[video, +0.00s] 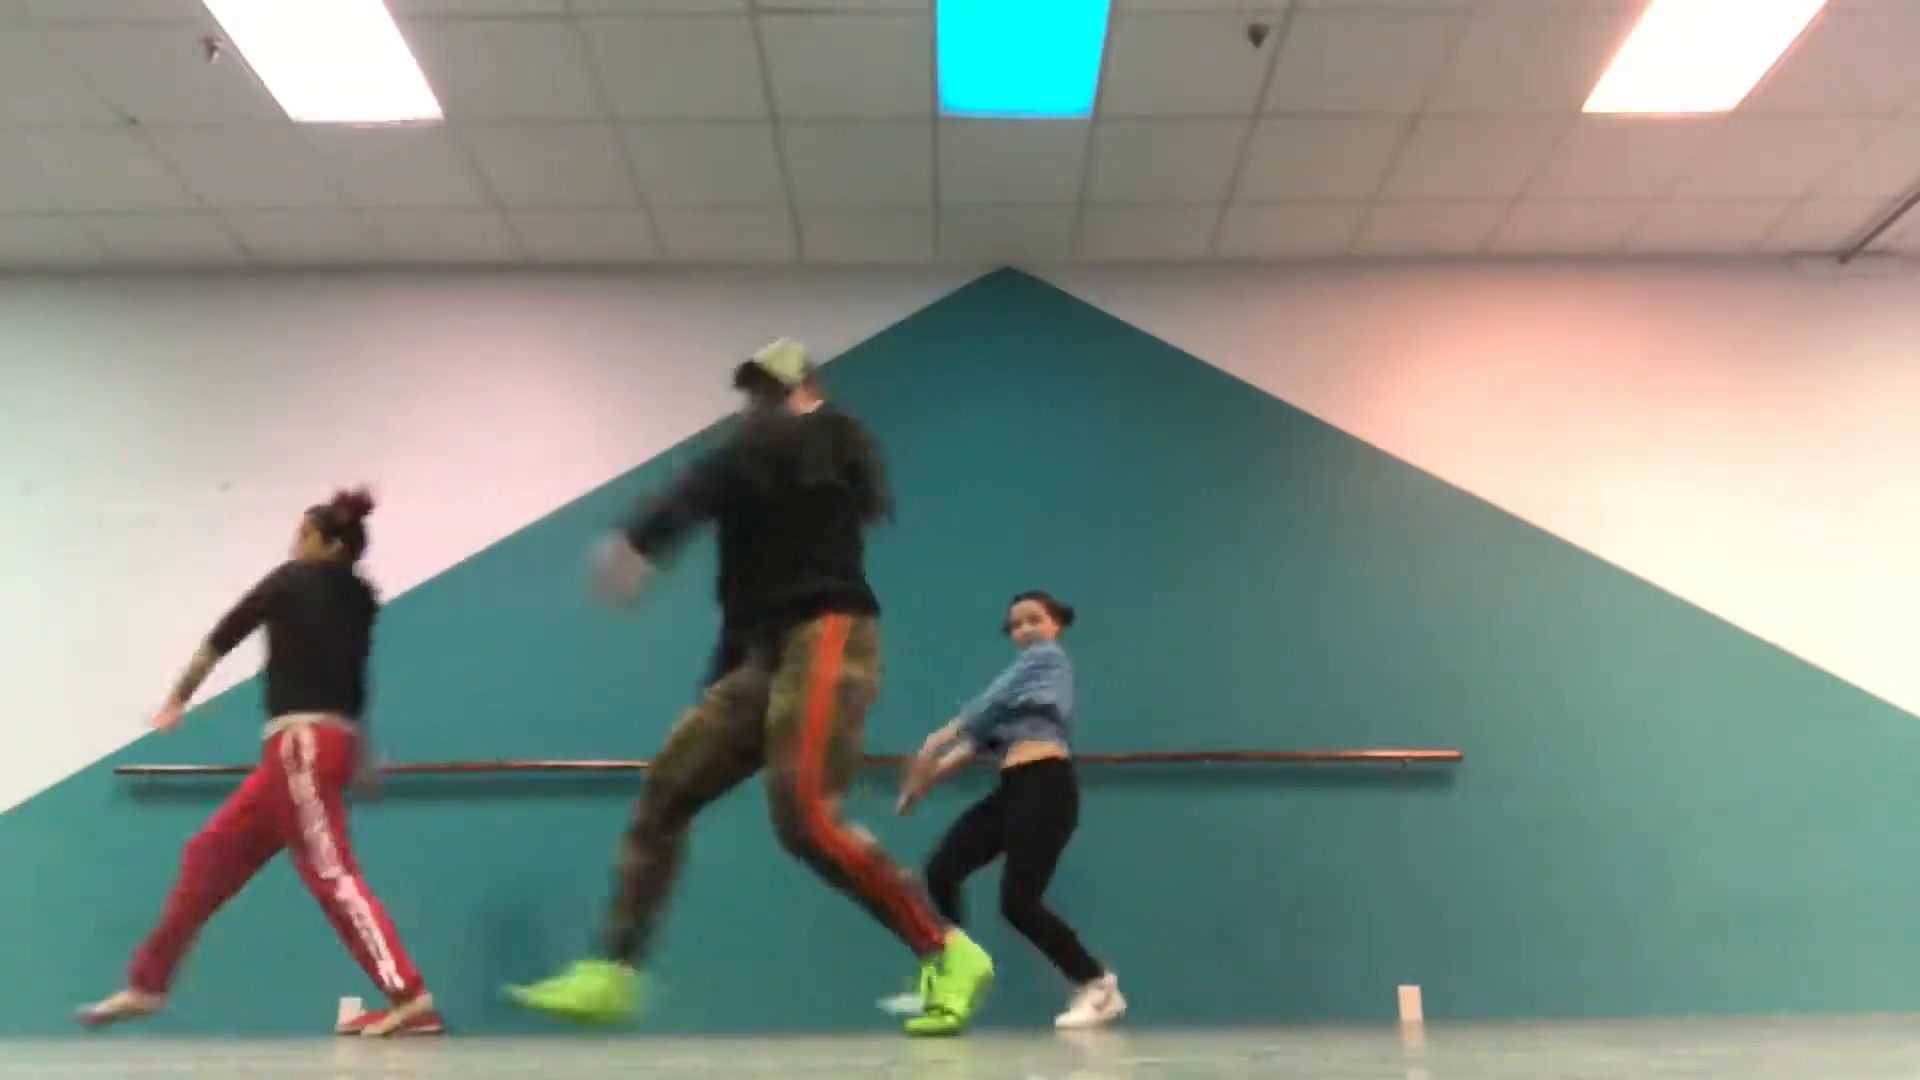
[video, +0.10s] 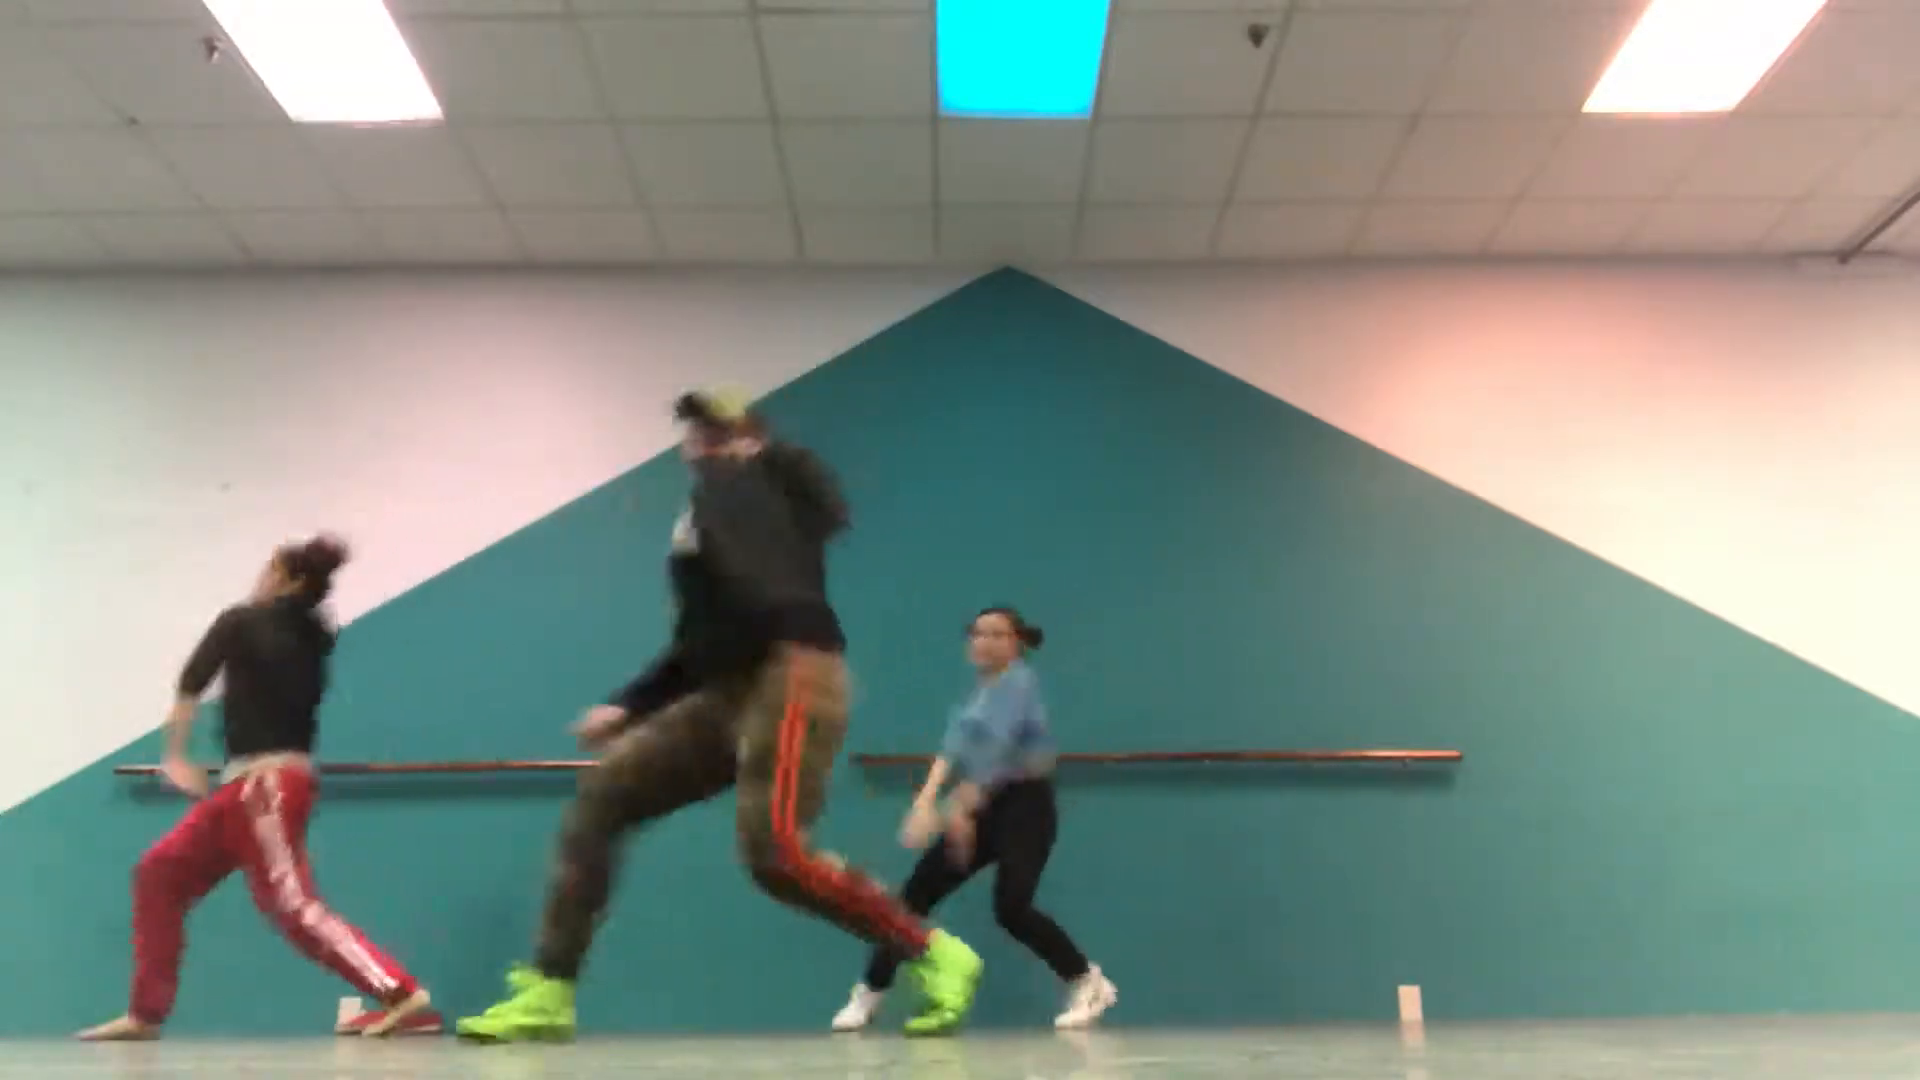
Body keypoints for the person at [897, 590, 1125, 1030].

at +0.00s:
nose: (1023, 630)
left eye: (1033, 620)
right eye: (1015, 625)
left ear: (1056, 624)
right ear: (1010, 635)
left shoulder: (1046, 658)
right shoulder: (1021, 676)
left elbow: (988, 705)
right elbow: (976, 739)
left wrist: (940, 740)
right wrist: (928, 775)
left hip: (1046, 789)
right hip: (1012, 792)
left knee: (1019, 903)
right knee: (941, 873)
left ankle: (1097, 985)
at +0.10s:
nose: (982, 643)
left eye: (994, 636)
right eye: (978, 635)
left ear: (1016, 644)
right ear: (970, 643)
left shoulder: (1019, 686)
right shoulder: (980, 692)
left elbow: (996, 758)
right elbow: (950, 750)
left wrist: (961, 806)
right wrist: (925, 802)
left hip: (1026, 806)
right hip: (985, 802)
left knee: (1012, 908)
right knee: (919, 891)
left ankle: (1088, 982)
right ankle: (869, 991)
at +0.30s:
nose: (996, 673)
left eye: (1006, 666)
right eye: (987, 664)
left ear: (1019, 679)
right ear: (970, 673)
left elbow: (1056, 779)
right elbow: (930, 791)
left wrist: (1031, 819)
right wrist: (987, 809)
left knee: (1052, 896)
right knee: (910, 901)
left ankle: (1023, 993)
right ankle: (870, 995)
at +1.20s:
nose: (1065, 625)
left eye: (1071, 620)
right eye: (1060, 613)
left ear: (1068, 622)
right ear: (1036, 607)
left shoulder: (1022, 643)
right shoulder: (1023, 635)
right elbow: (1040, 689)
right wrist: (1073, 727)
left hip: (1016, 761)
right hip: (1017, 758)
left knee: (1037, 881)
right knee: (1108, 837)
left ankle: (1003, 988)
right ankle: (1013, 835)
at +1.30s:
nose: (1075, 589)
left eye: (1079, 582)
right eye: (1066, 579)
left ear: (1075, 590)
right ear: (1037, 582)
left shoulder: (1041, 630)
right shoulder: (1031, 614)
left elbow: (1077, 679)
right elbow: (1079, 653)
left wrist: (1128, 683)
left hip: (1005, 746)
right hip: (1022, 736)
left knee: (1025, 866)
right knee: (1113, 804)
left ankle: (1005, 986)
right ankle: (1045, 875)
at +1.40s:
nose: (1080, 582)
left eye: (1083, 575)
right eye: (1070, 573)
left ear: (1083, 582)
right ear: (1043, 581)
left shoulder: (1050, 620)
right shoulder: (1049, 613)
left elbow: (1117, 639)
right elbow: (1116, 625)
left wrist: (1163, 614)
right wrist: (1169, 604)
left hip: (1003, 742)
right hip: (1025, 738)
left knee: (1027, 857)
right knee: (1088, 828)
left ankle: (1006, 979)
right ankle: (1128, 940)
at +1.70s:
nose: (1123, 619)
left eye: (1126, 611)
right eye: (1115, 609)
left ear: (1088, 609)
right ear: (1086, 604)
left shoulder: (1076, 642)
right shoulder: (1088, 638)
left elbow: (1138, 691)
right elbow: (1138, 682)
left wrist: (1180, 722)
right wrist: (1178, 719)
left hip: (1051, 762)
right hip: (1065, 761)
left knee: (1123, 866)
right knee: (1127, 866)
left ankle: (1063, 932)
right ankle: (1121, 991)